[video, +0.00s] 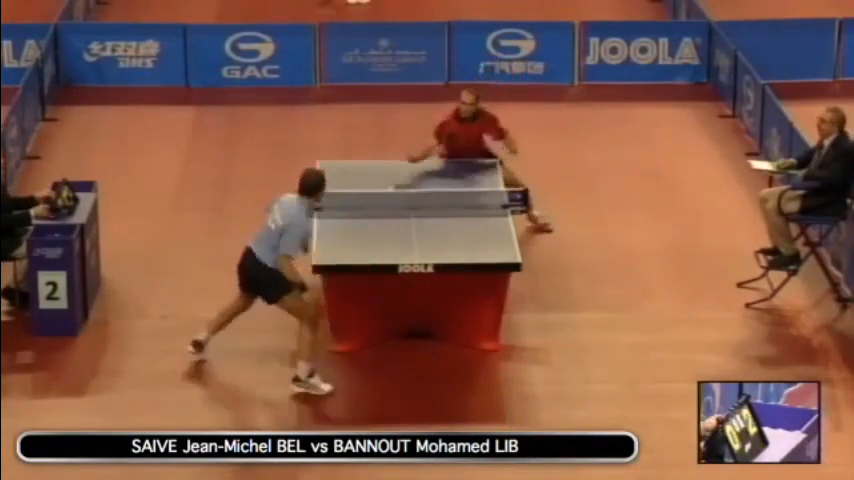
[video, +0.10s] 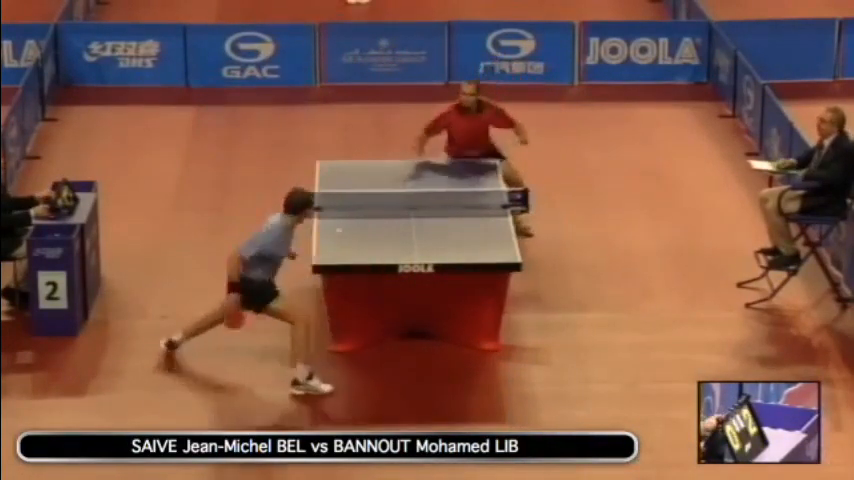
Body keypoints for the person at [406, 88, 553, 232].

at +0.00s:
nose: (464, 108)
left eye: (469, 104)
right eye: (462, 103)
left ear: (477, 105)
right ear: (458, 103)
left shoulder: (487, 120)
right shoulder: (448, 124)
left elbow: (503, 136)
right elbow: (436, 145)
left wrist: (511, 147)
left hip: (487, 166)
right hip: (456, 166)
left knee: (521, 188)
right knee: (422, 184)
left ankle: (532, 219)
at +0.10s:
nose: (468, 98)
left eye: (471, 95)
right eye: (465, 94)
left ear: (477, 96)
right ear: (460, 95)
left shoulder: (487, 110)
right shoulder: (452, 114)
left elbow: (512, 123)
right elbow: (428, 131)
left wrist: (521, 135)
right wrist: (420, 147)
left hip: (487, 156)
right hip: (459, 158)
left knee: (515, 180)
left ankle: (516, 222)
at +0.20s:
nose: (467, 90)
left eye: (471, 87)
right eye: (465, 86)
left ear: (479, 88)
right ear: (461, 86)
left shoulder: (491, 102)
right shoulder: (456, 103)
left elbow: (508, 114)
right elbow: (438, 118)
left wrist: (520, 120)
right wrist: (428, 131)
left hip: (492, 147)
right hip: (463, 148)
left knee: (511, 180)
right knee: (454, 183)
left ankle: (516, 220)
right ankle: (455, 223)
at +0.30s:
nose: (467, 78)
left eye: (472, 75)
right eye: (465, 75)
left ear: (480, 76)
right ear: (461, 76)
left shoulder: (493, 91)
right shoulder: (455, 93)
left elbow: (512, 100)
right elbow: (439, 109)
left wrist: (525, 105)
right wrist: (429, 122)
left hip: (496, 136)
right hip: (467, 137)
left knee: (518, 173)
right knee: (451, 171)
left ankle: (523, 219)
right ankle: (449, 219)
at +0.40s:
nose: (464, 76)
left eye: (469, 72)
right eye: (463, 72)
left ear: (478, 74)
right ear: (460, 72)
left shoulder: (493, 90)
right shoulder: (454, 91)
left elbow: (519, 102)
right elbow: (438, 110)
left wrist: (521, 110)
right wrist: (431, 124)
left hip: (495, 134)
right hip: (467, 135)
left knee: (520, 173)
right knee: (449, 170)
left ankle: (536, 217)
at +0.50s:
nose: (464, 85)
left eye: (469, 81)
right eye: (462, 81)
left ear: (478, 82)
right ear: (460, 81)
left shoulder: (495, 98)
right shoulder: (455, 99)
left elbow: (510, 121)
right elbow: (441, 119)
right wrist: (438, 136)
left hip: (495, 144)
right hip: (468, 144)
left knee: (518, 179)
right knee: (449, 175)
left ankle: (545, 215)